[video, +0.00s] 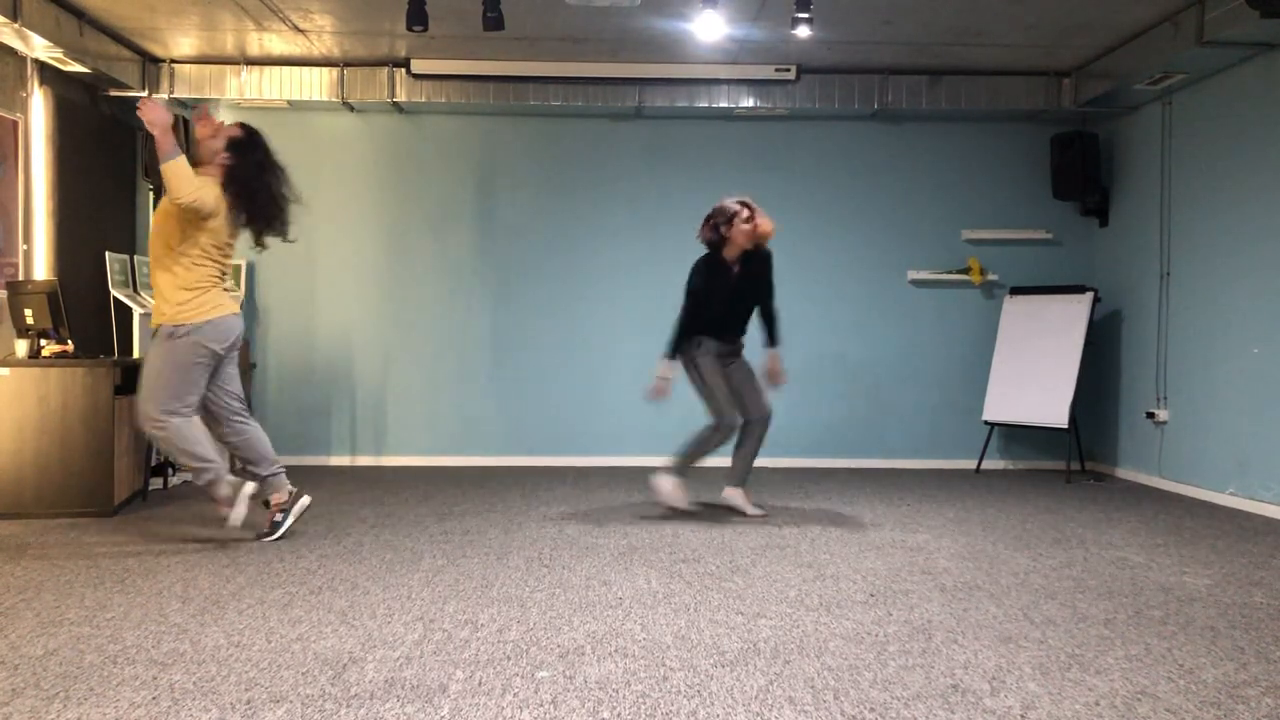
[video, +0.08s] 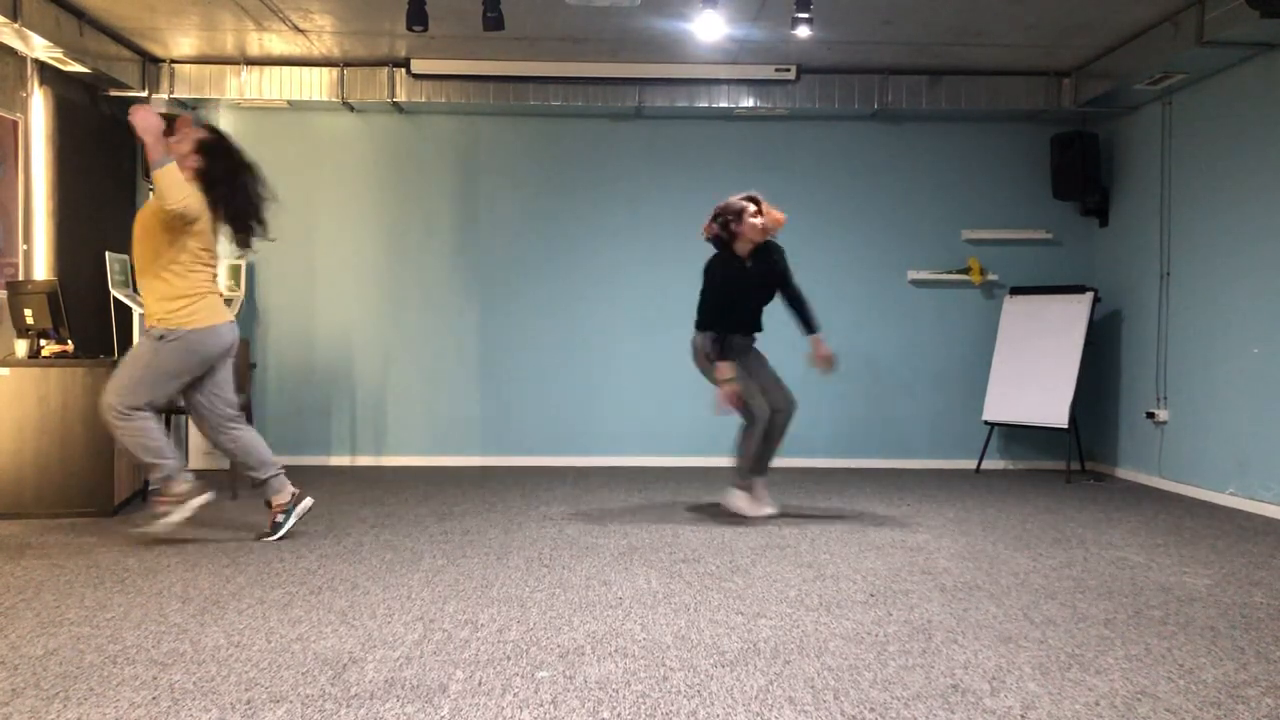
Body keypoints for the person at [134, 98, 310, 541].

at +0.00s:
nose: (210, 128)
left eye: (219, 132)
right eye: (218, 126)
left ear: (225, 158)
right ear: (227, 162)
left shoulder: (205, 192)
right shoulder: (222, 193)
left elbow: (185, 192)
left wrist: (163, 136)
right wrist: (202, 135)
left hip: (192, 321)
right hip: (220, 317)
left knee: (161, 413)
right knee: (230, 416)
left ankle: (225, 488)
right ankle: (282, 496)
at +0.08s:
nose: (170, 141)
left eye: (179, 140)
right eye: (176, 135)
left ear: (194, 159)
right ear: (195, 162)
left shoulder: (187, 197)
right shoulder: (181, 192)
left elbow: (180, 204)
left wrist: (152, 144)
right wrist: (169, 132)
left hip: (185, 330)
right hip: (211, 327)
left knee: (121, 404)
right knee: (222, 423)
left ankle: (177, 488)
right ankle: (284, 496)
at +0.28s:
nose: (62, 213)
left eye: (68, 206)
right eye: (62, 206)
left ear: (95, 209)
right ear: (97, 210)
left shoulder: (119, 238)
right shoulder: (131, 246)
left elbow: (134, 274)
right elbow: (105, 298)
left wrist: (85, 245)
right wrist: (65, 268)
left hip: (150, 364)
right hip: (187, 366)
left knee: (66, 426)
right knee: (121, 437)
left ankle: (65, 524)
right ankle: (197, 485)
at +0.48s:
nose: (54, 231)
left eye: (59, 222)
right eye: (53, 222)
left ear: (82, 220)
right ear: (97, 218)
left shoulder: (116, 241)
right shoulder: (135, 240)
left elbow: (155, 280)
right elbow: (131, 328)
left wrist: (123, 333)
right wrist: (83, 351)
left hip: (173, 356)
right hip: (196, 355)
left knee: (94, 421)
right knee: (126, 422)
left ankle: (66, 522)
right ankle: (137, 517)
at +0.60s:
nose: (90, 229)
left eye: (89, 218)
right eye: (88, 219)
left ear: (105, 216)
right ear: (122, 206)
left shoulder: (145, 227)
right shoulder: (143, 239)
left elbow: (192, 265)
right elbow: (159, 310)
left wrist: (165, 324)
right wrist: (125, 342)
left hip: (205, 345)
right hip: (208, 346)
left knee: (122, 415)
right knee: (149, 424)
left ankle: (175, 504)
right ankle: (143, 516)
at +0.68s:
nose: (99, 200)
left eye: (103, 189)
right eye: (98, 190)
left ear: (121, 189)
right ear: (140, 185)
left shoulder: (157, 217)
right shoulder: (159, 220)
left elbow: (200, 260)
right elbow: (180, 290)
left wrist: (176, 317)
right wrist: (148, 326)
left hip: (215, 343)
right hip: (213, 341)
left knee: (156, 424)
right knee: (165, 423)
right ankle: (144, 517)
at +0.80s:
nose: (147, 179)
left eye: (152, 171)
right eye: (150, 169)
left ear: (165, 177)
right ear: (197, 173)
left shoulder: (187, 215)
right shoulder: (218, 213)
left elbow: (215, 271)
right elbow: (233, 280)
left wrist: (177, 311)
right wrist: (187, 322)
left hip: (233, 343)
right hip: (247, 338)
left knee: (222, 441)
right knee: (172, 407)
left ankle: (275, 527)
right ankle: (182, 505)